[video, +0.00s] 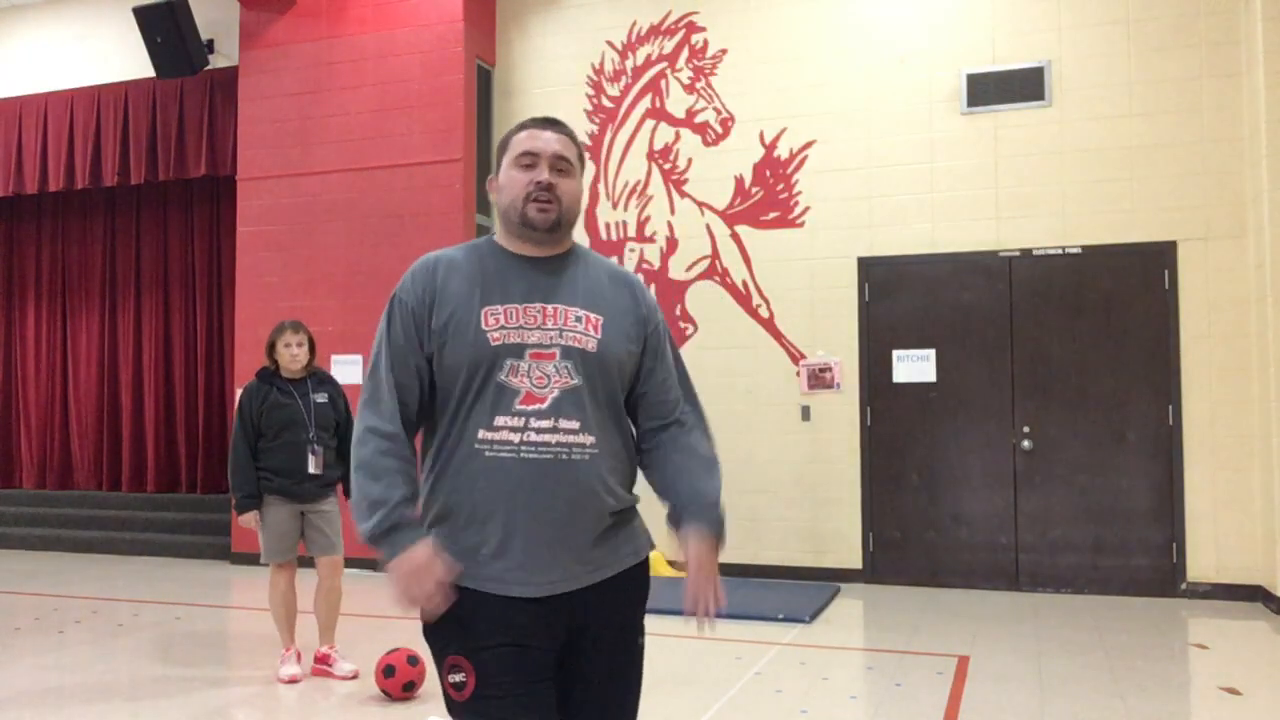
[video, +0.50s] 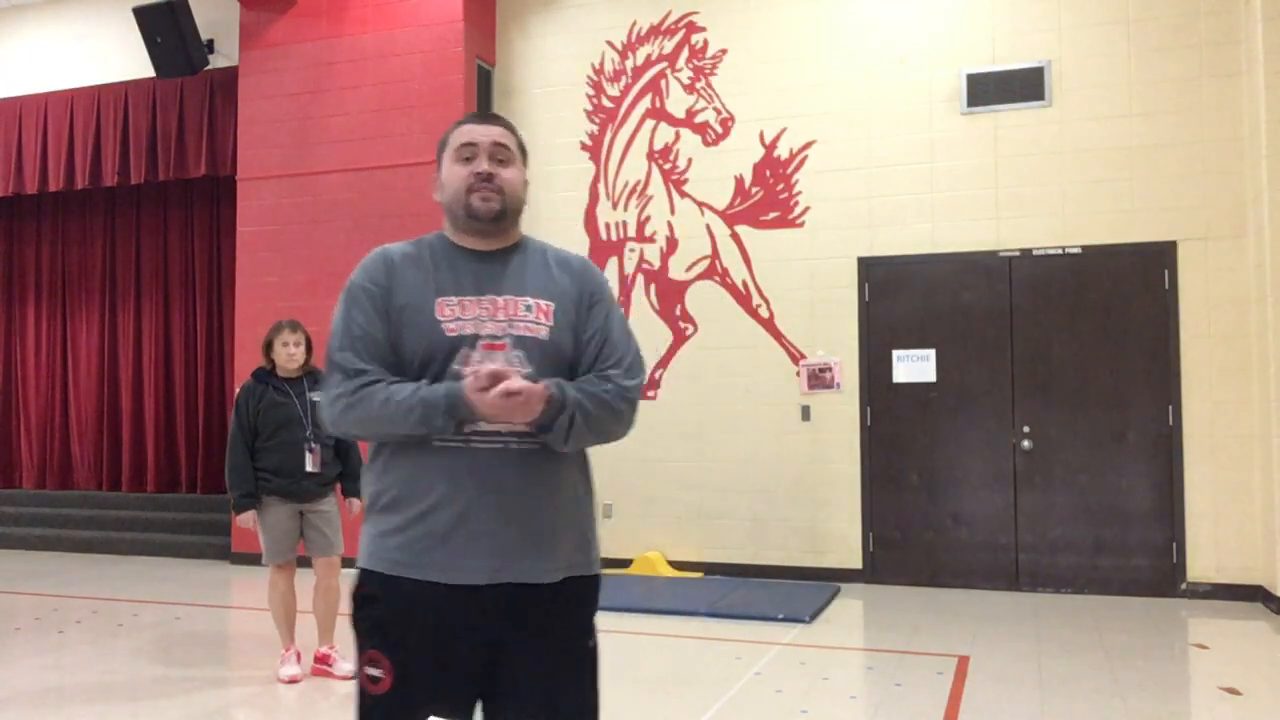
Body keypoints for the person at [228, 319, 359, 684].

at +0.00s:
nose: (295, 351)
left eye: (301, 345)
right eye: (286, 346)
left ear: (310, 350)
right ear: (274, 352)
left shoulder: (328, 387)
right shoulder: (257, 392)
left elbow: (347, 437)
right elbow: (241, 449)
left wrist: (350, 484)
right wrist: (246, 502)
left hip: (322, 493)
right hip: (276, 495)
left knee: (332, 566)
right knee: (283, 569)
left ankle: (326, 651)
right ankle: (289, 652)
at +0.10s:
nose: (295, 351)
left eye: (301, 344)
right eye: (287, 345)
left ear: (310, 349)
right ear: (273, 351)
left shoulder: (327, 386)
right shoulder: (257, 391)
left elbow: (345, 438)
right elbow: (240, 448)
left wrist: (354, 487)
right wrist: (245, 501)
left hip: (322, 494)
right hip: (276, 495)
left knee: (331, 565)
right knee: (282, 569)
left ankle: (326, 651)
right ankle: (289, 652)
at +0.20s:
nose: (294, 350)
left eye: (300, 344)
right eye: (286, 345)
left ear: (309, 349)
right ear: (273, 351)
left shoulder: (326, 387)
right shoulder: (255, 393)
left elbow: (346, 438)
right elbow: (239, 449)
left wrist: (354, 485)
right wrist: (244, 501)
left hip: (322, 494)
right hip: (275, 495)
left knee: (330, 566)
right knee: (282, 569)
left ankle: (326, 651)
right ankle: (289, 652)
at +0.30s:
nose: (293, 350)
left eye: (299, 344)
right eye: (285, 345)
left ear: (308, 349)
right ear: (272, 351)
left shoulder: (326, 387)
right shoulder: (255, 392)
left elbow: (345, 438)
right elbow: (239, 448)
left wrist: (353, 485)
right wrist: (243, 501)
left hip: (322, 494)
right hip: (275, 495)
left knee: (329, 567)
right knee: (282, 569)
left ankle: (326, 651)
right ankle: (289, 652)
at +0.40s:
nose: (293, 350)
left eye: (298, 344)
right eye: (285, 344)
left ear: (308, 349)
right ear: (271, 351)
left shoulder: (325, 387)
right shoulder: (254, 392)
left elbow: (345, 436)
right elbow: (238, 448)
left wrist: (353, 485)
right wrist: (243, 501)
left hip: (322, 494)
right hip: (275, 495)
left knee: (329, 566)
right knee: (282, 569)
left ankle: (326, 651)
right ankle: (289, 652)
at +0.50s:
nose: (292, 350)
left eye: (298, 344)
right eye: (284, 344)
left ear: (307, 349)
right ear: (271, 351)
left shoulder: (324, 385)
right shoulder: (254, 392)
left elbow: (344, 434)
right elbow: (238, 448)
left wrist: (352, 483)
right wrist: (243, 501)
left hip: (322, 493)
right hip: (275, 495)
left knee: (329, 567)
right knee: (282, 570)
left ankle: (326, 650)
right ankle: (289, 652)